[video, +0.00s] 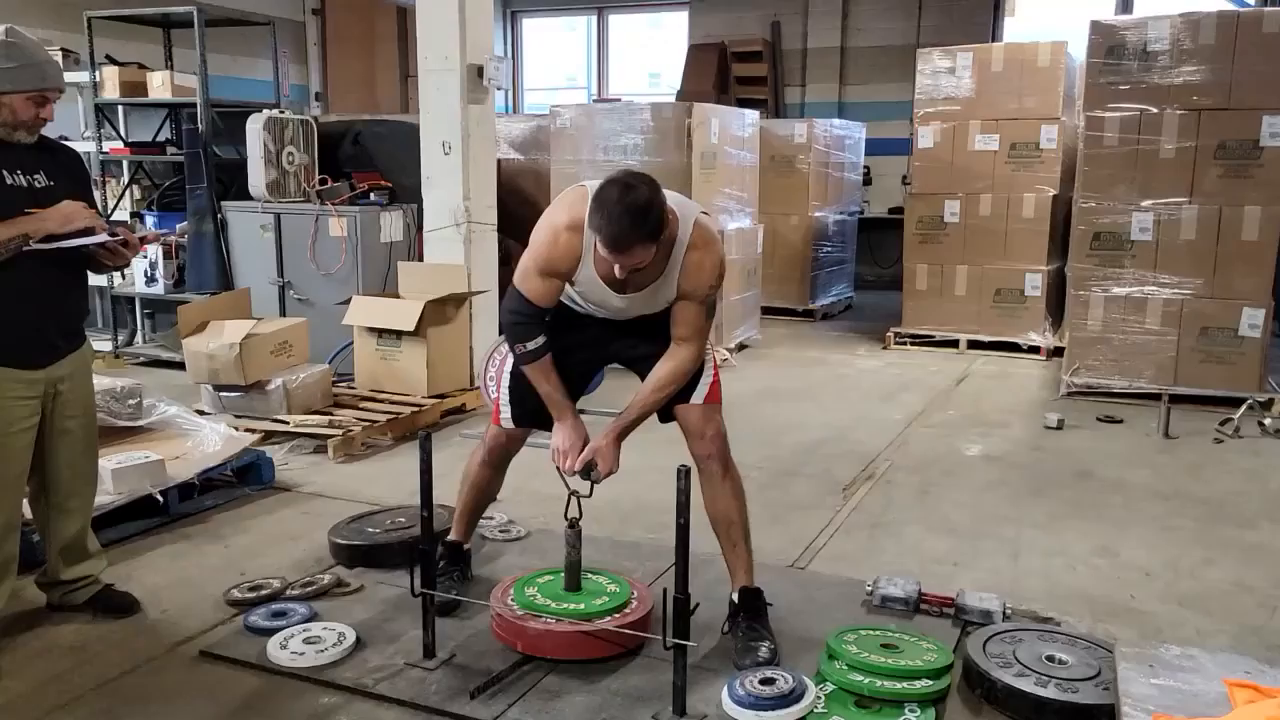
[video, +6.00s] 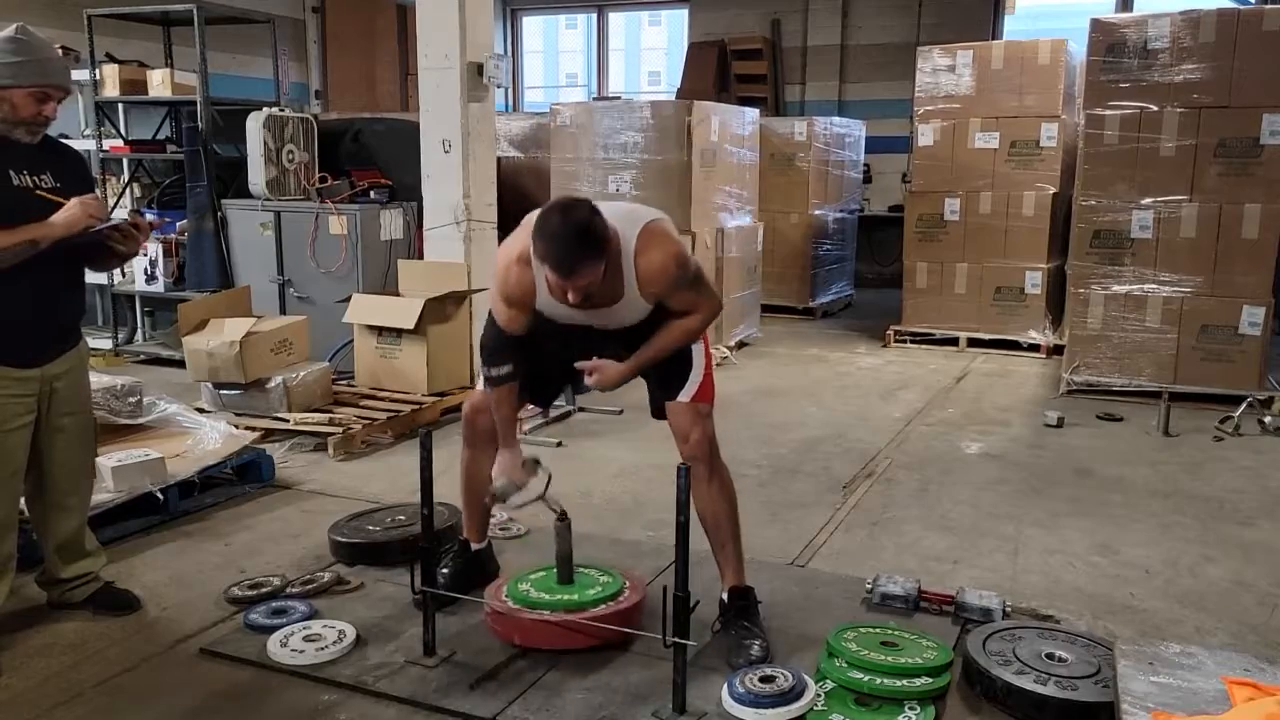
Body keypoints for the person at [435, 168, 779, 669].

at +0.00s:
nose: (618, 274)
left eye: (634, 265)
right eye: (607, 262)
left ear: (664, 232)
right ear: (592, 228)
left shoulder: (700, 247)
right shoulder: (561, 227)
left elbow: (687, 349)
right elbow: (519, 319)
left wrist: (617, 431)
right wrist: (563, 416)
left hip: (658, 323)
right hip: (572, 319)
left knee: (711, 441)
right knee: (501, 437)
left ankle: (747, 600)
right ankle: (454, 548)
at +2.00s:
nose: (602, 282)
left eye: (615, 275)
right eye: (592, 273)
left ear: (643, 242)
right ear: (574, 243)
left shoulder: (687, 260)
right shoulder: (551, 240)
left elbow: (691, 353)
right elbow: (544, 329)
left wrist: (620, 432)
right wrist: (576, 417)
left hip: (659, 327)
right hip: (578, 319)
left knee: (708, 444)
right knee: (502, 431)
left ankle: (741, 598)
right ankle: (463, 549)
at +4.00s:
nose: (597, 315)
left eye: (610, 304)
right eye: (584, 306)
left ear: (633, 275)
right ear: (562, 280)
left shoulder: (676, 283)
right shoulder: (534, 278)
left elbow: (693, 360)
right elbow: (484, 352)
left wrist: (621, 435)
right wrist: (552, 437)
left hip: (656, 329)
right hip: (563, 328)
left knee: (706, 443)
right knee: (498, 433)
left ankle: (739, 598)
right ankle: (462, 549)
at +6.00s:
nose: (574, 296)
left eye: (586, 284)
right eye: (560, 286)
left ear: (609, 253)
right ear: (538, 260)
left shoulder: (659, 257)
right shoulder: (514, 266)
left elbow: (705, 306)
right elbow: (501, 356)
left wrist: (629, 367)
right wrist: (508, 449)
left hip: (651, 319)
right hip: (557, 326)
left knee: (697, 440)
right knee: (478, 412)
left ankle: (737, 597)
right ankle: (474, 550)